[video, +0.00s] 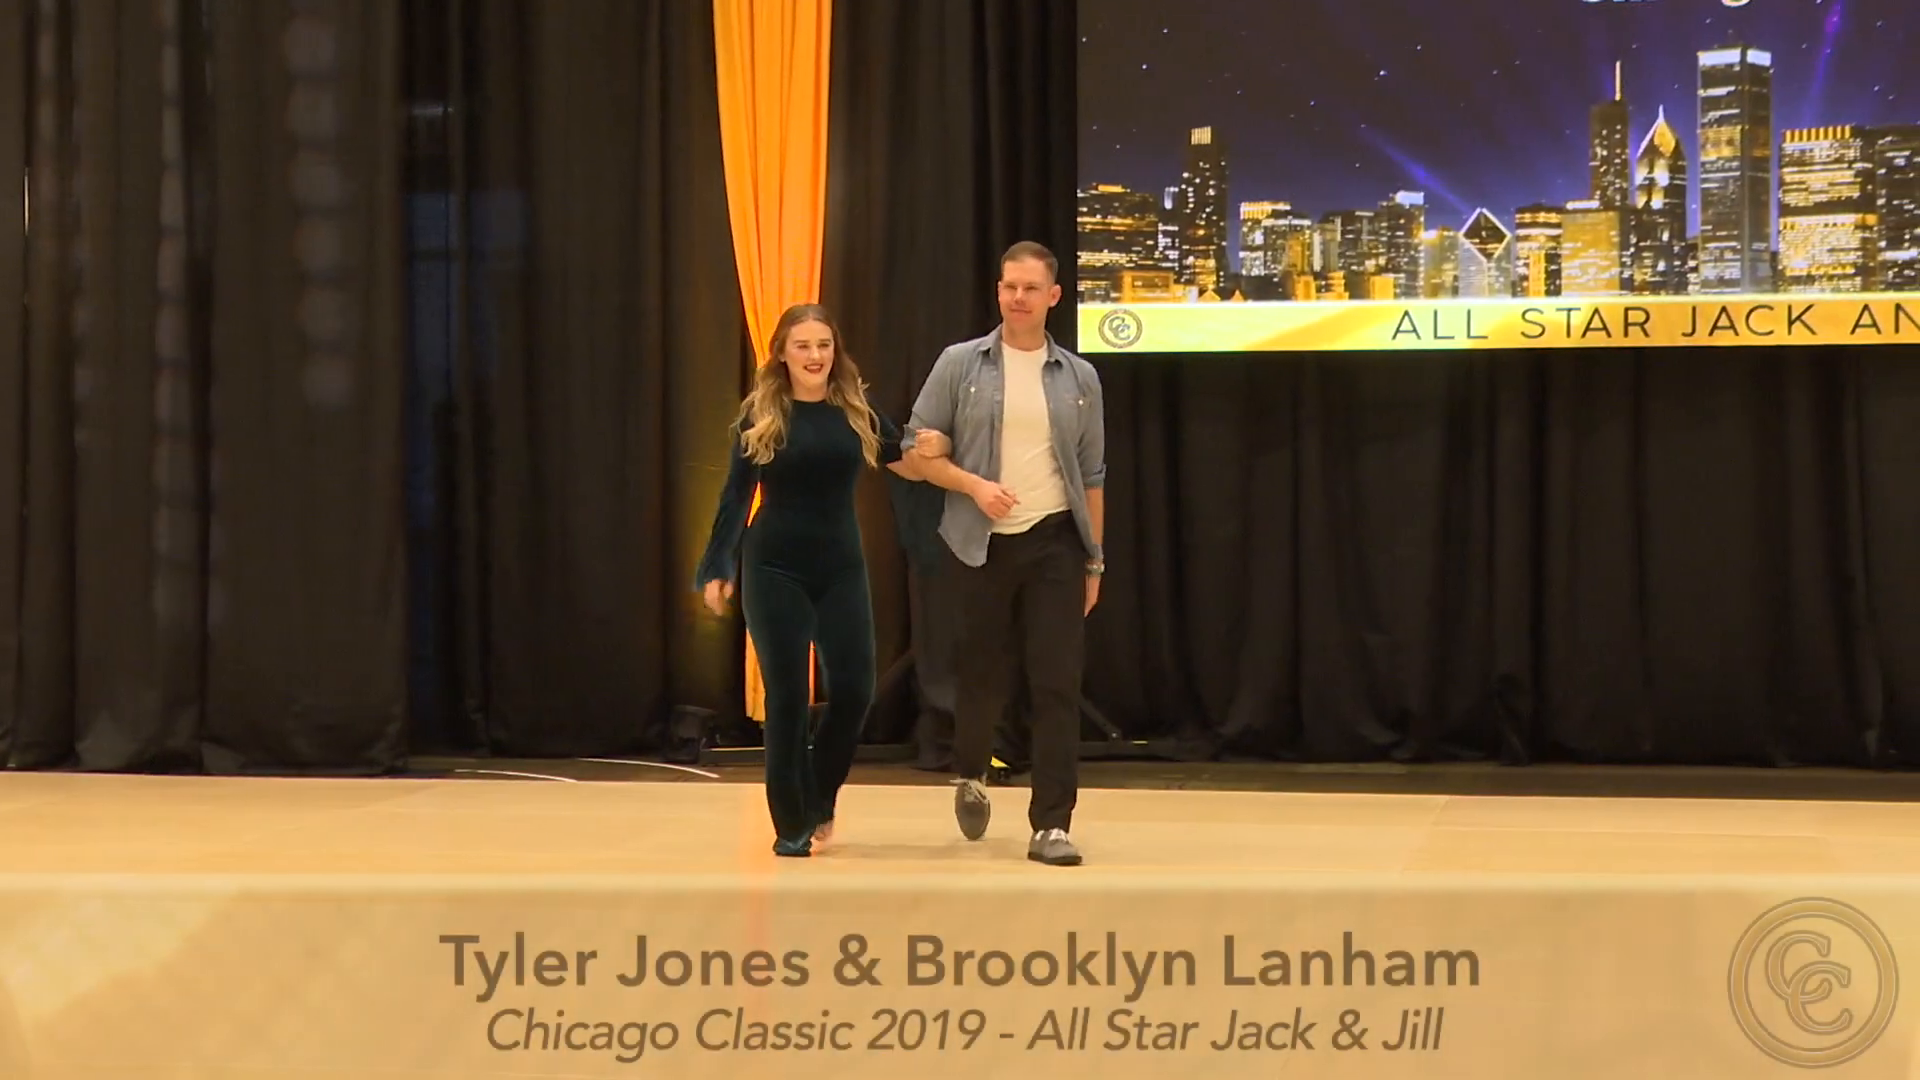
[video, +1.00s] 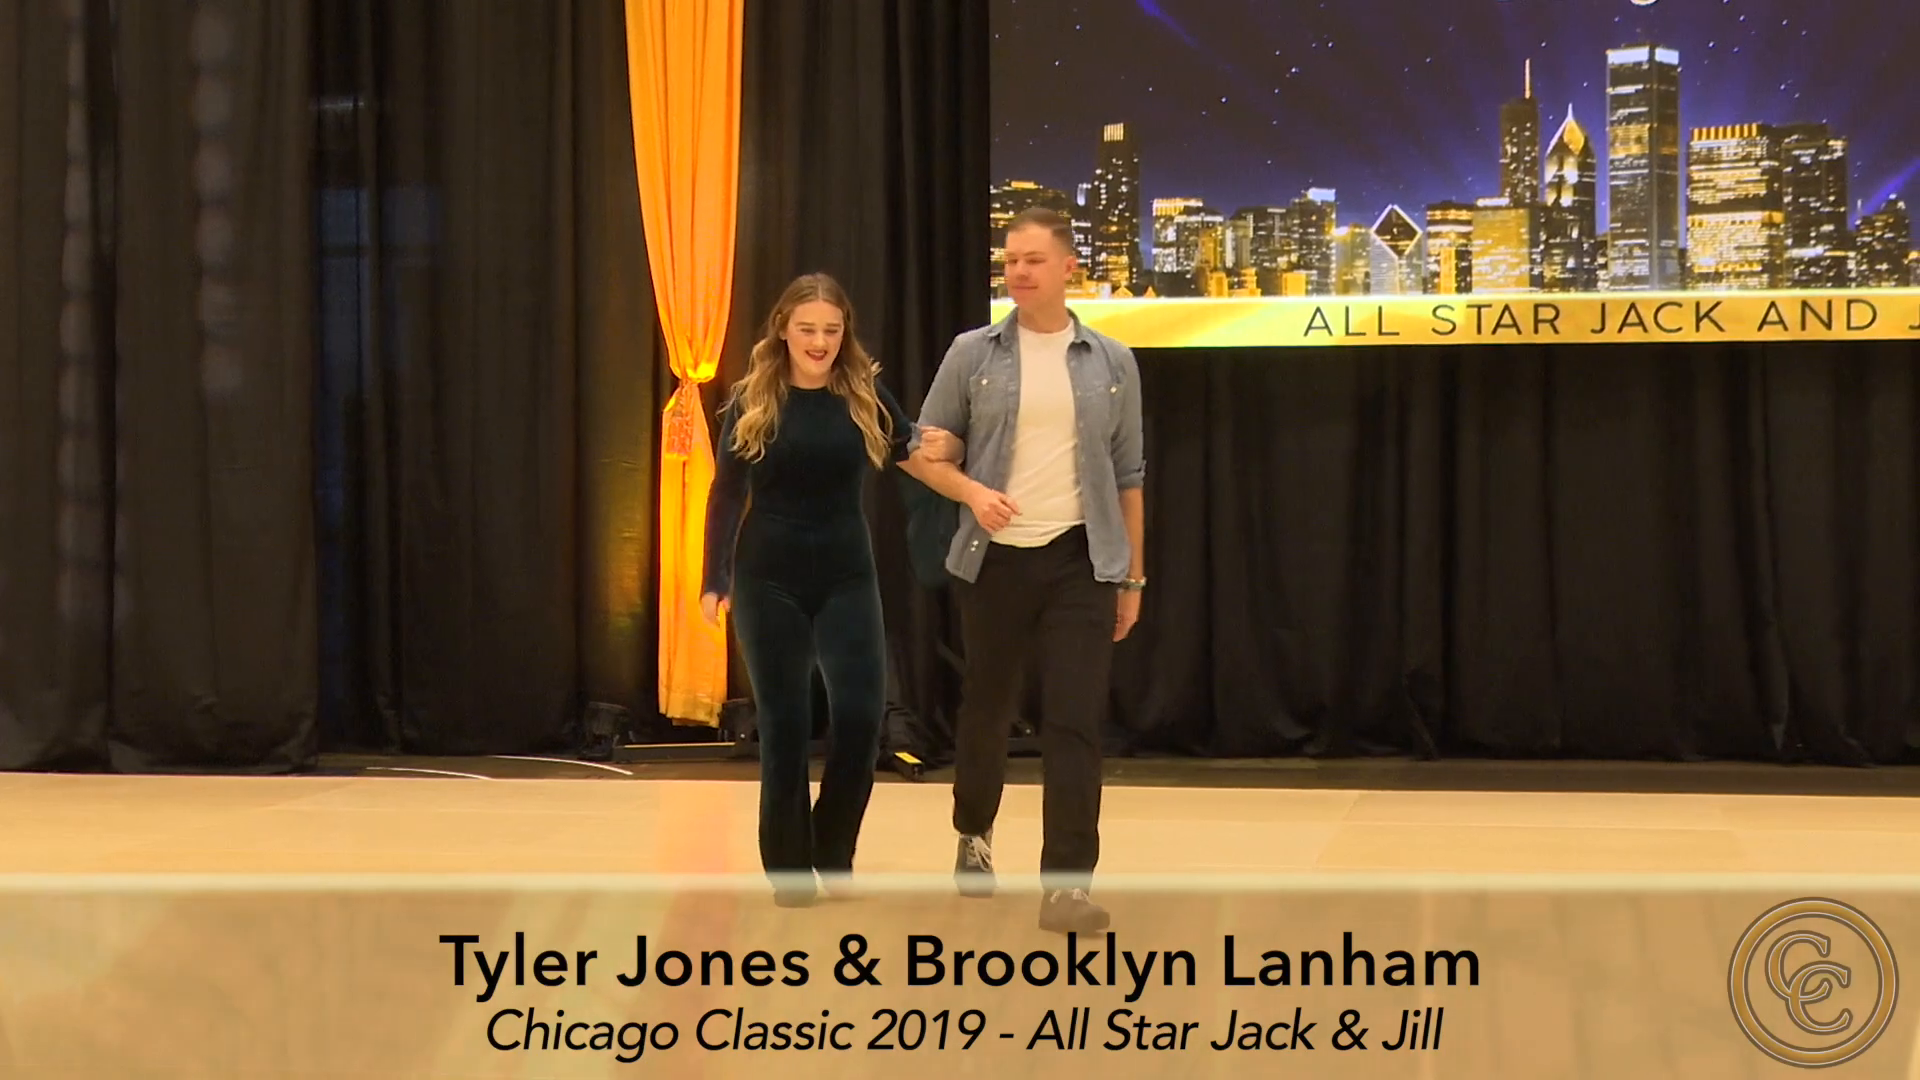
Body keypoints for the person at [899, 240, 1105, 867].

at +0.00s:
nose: (1018, 298)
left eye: (1031, 288)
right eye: (1010, 286)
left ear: (1054, 295)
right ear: (997, 291)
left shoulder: (1081, 377)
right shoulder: (958, 363)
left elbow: (1092, 478)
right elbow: (918, 454)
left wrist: (1093, 561)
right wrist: (974, 485)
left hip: (1057, 541)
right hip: (981, 545)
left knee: (1058, 682)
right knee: (983, 674)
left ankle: (1052, 825)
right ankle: (971, 775)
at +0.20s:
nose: (995, 287)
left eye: (1008, 276)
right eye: (990, 277)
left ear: (1043, 281)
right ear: (986, 284)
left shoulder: (1083, 359)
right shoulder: (958, 357)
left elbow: (1111, 452)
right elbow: (918, 455)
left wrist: (1120, 533)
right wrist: (977, 477)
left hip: (1063, 533)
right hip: (987, 535)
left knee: (1049, 678)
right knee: (996, 668)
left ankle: (1036, 823)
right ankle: (995, 818)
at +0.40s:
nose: (966, 297)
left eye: (976, 285)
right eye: (963, 287)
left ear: (1019, 285)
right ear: (973, 292)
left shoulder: (1082, 364)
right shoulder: (951, 372)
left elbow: (1118, 446)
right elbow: (918, 472)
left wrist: (1133, 504)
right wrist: (975, 488)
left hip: (1065, 550)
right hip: (985, 553)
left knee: (1042, 688)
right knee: (1004, 685)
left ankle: (1014, 814)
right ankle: (1021, 834)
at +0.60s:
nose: (954, 280)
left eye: (964, 267)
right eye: (951, 269)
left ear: (1009, 266)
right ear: (965, 275)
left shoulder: (1074, 344)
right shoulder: (942, 354)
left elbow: (1111, 443)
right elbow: (909, 455)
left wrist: (1125, 531)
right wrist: (961, 477)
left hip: (1068, 540)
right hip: (981, 545)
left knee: (1068, 685)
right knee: (991, 693)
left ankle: (1025, 796)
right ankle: (1006, 848)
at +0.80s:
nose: (969, 276)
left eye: (982, 263)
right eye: (967, 264)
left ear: (1025, 267)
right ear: (972, 271)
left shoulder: (1082, 352)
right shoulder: (946, 353)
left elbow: (1107, 465)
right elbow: (909, 459)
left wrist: (1112, 562)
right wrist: (955, 478)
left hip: (1064, 547)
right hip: (979, 550)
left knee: (1067, 701)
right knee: (980, 705)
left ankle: (1082, 853)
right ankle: (988, 852)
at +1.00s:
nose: (1016, 272)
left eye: (1031, 260)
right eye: (1010, 261)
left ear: (1069, 268)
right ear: (1004, 269)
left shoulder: (1114, 360)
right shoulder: (972, 352)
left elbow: (1129, 478)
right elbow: (922, 455)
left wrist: (1131, 577)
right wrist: (970, 491)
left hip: (1084, 558)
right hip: (997, 559)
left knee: (1075, 723)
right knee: (990, 709)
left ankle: (1069, 886)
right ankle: (973, 838)